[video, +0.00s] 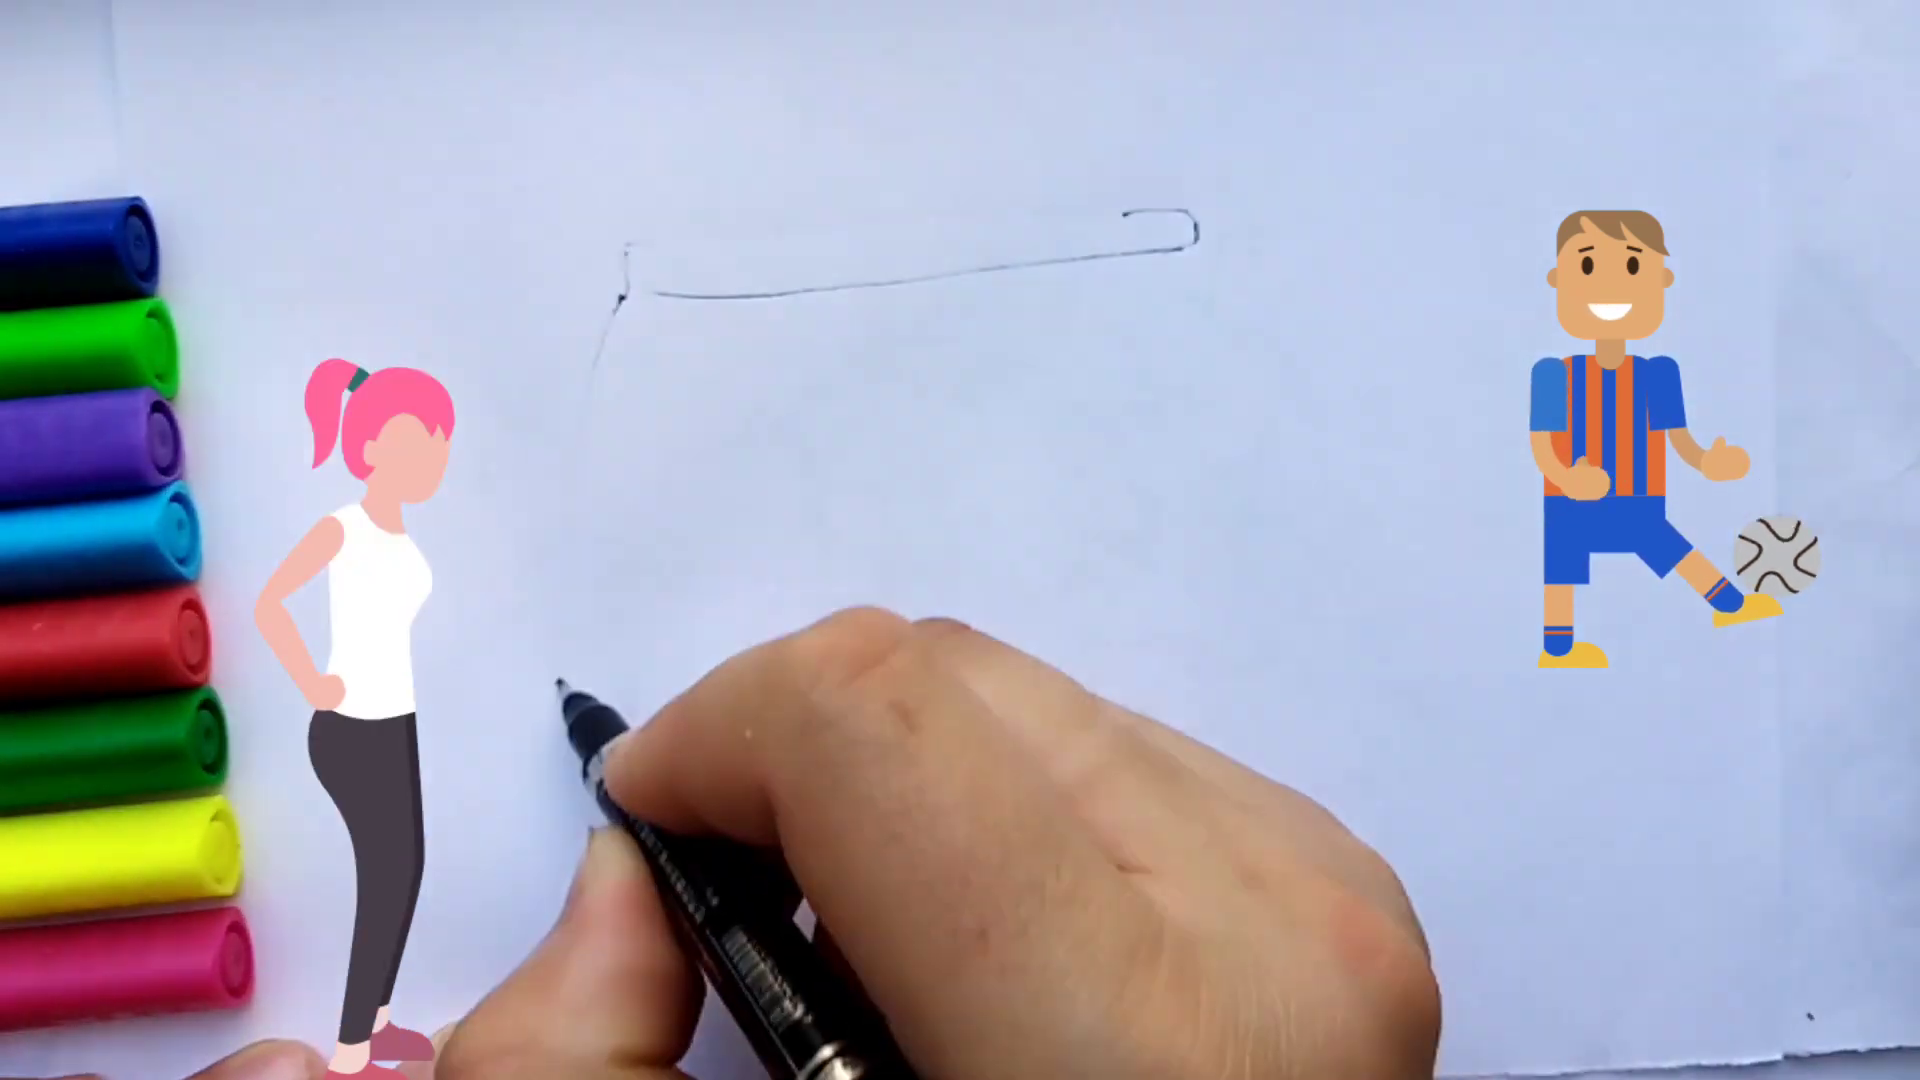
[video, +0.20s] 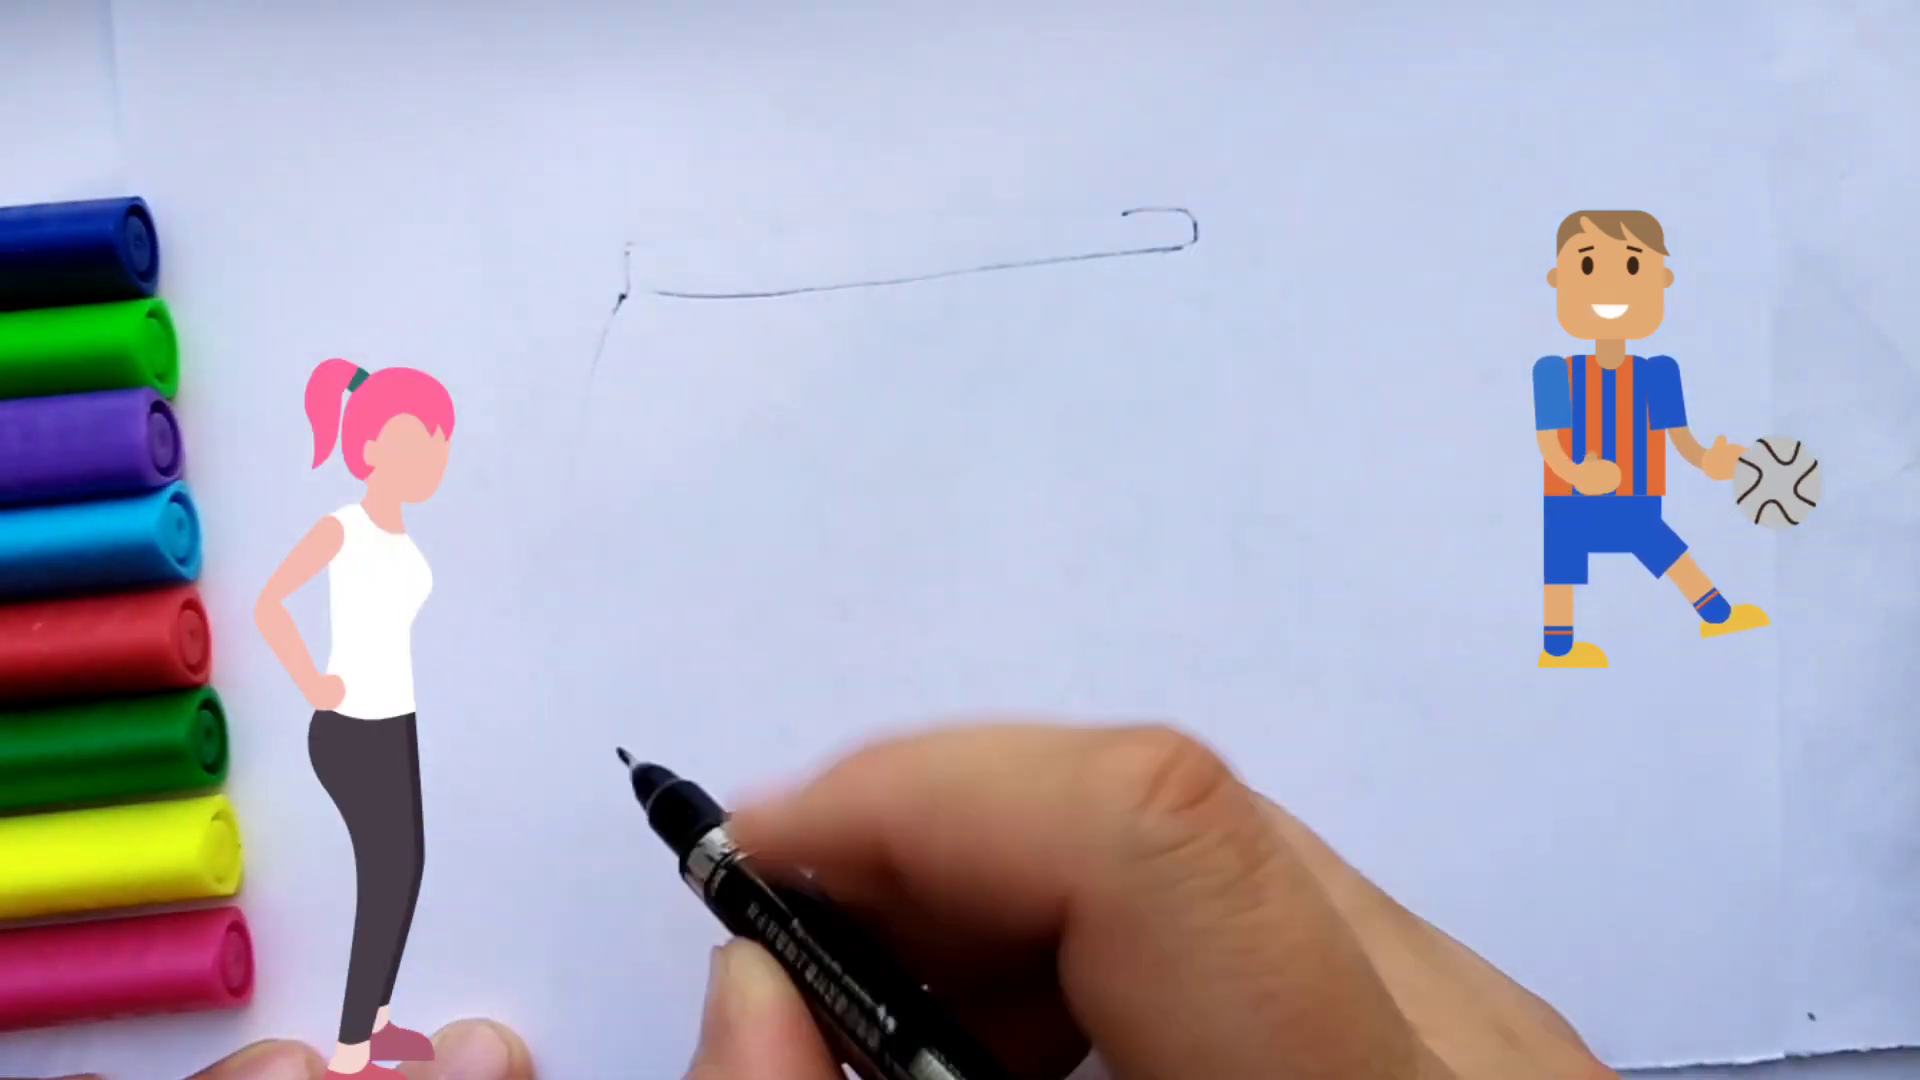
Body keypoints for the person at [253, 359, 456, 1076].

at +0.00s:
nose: (434, 459)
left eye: (438, 442)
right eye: (418, 440)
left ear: (440, 452)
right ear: (375, 447)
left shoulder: (404, 536)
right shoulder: (343, 529)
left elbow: (387, 623)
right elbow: (269, 605)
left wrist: (397, 687)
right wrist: (312, 684)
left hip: (397, 730)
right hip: (352, 732)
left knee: (405, 872)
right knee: (387, 878)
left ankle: (373, 1019)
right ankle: (349, 1049)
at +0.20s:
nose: (435, 458)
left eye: (438, 441)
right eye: (419, 439)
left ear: (440, 452)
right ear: (374, 447)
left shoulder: (404, 535)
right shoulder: (343, 529)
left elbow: (384, 622)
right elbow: (268, 606)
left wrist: (395, 686)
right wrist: (312, 684)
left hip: (397, 730)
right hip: (353, 732)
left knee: (406, 870)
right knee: (386, 877)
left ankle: (374, 1019)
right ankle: (349, 1051)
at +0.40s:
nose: (405, 589)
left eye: (406, 572)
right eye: (391, 571)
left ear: (403, 580)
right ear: (347, 578)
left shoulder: (364, 663)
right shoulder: (312, 655)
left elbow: (322, 739)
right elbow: (214, 712)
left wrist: (317, 799)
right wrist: (249, 791)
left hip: (308, 842)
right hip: (264, 851)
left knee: (390, 865)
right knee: (392, 872)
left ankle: (341, 1021)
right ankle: (350, 1053)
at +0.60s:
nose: (432, 457)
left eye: (436, 440)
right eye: (416, 438)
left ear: (440, 450)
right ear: (374, 447)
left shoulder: (403, 535)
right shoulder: (344, 529)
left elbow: (386, 621)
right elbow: (268, 605)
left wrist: (396, 684)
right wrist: (312, 683)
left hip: (397, 730)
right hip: (353, 732)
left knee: (405, 871)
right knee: (386, 877)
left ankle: (373, 1019)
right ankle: (349, 1050)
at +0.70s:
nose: (431, 457)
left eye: (436, 440)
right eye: (415, 438)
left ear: (441, 451)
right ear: (373, 447)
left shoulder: (404, 536)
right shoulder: (344, 528)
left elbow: (386, 622)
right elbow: (269, 605)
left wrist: (397, 685)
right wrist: (312, 684)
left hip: (398, 730)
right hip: (353, 733)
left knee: (406, 869)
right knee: (387, 875)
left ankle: (373, 1020)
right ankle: (350, 1048)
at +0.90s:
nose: (399, 588)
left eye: (402, 571)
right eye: (383, 571)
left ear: (405, 580)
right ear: (343, 579)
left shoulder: (364, 664)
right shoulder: (311, 656)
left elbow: (323, 739)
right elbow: (214, 712)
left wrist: (318, 799)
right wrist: (249, 790)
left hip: (309, 842)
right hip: (264, 850)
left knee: (389, 865)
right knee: (392, 871)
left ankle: (340, 1023)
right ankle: (350, 1052)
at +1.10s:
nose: (435, 457)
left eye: (439, 440)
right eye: (419, 438)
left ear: (441, 450)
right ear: (375, 447)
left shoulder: (404, 536)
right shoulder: (344, 528)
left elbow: (385, 623)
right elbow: (269, 605)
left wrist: (396, 687)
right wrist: (312, 684)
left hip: (397, 731)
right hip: (353, 733)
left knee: (406, 869)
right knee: (387, 875)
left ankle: (374, 1021)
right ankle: (349, 1049)